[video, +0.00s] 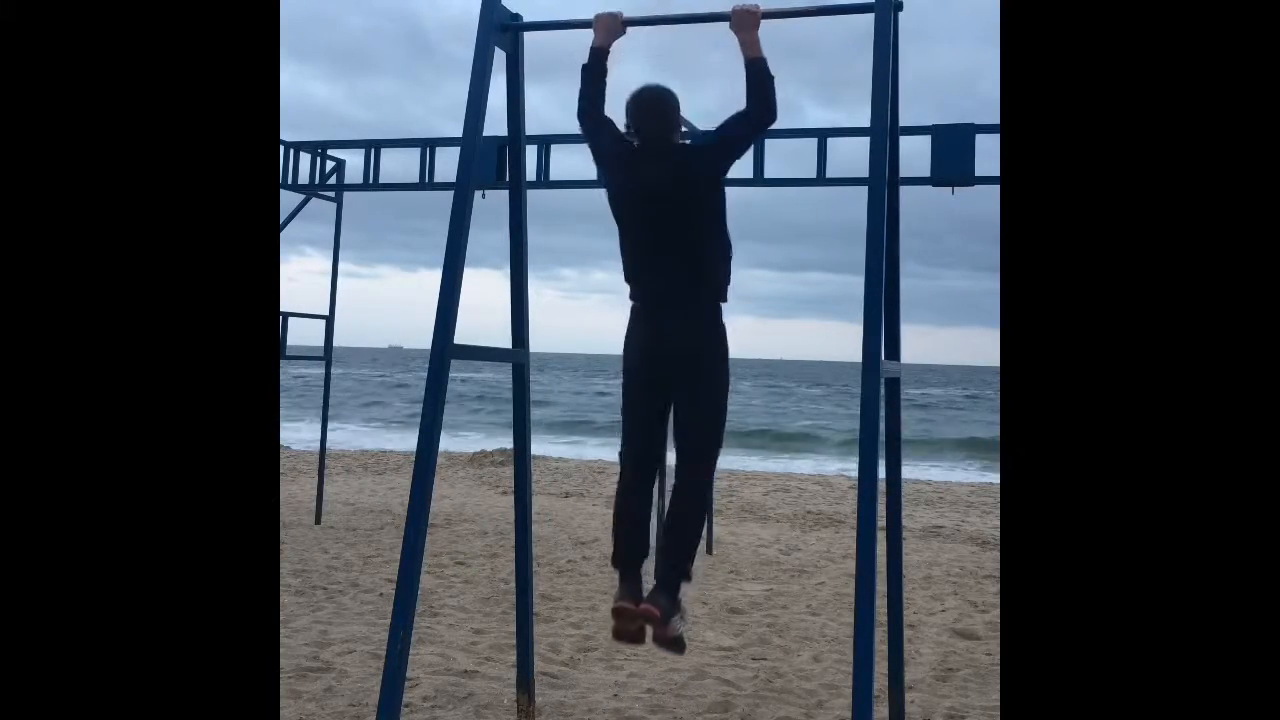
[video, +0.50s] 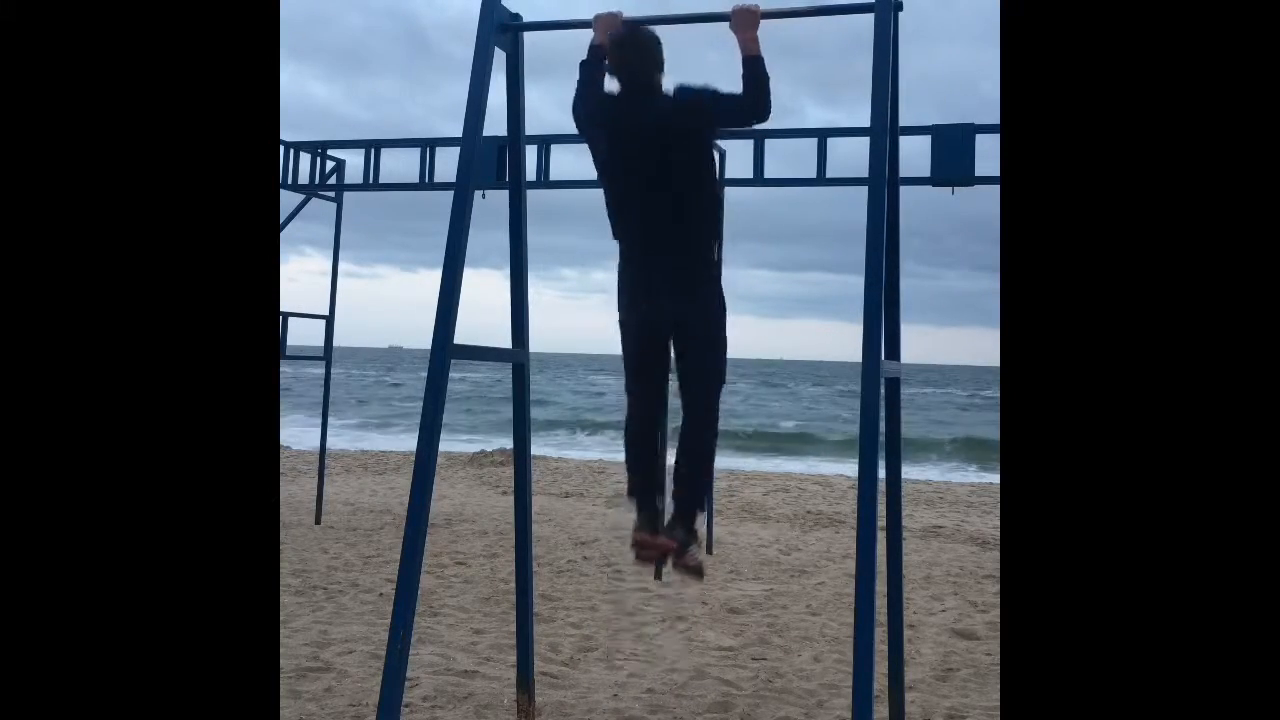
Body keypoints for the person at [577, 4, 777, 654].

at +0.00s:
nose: (682, 122)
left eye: (672, 116)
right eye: (680, 115)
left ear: (630, 127)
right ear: (680, 122)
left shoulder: (618, 164)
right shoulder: (707, 159)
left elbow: (590, 111)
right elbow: (761, 111)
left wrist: (600, 44)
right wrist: (750, 41)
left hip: (645, 330)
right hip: (701, 330)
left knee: (638, 462)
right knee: (694, 471)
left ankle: (630, 590)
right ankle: (665, 597)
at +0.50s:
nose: (646, 71)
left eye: (622, 61)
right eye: (653, 60)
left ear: (614, 69)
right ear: (660, 66)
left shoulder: (600, 118)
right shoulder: (692, 108)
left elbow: (587, 94)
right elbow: (756, 106)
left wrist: (597, 43)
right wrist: (749, 40)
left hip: (638, 284)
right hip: (697, 282)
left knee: (643, 401)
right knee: (701, 406)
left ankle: (648, 521)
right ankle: (682, 527)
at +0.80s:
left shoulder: (601, 29)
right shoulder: (694, 20)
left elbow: (567, 98)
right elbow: (753, 80)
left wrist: (598, 40)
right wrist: (750, 32)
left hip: (637, 196)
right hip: (695, 192)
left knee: (654, 316)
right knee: (710, 312)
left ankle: (671, 435)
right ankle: (712, 437)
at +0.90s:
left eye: (618, 7)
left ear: (619, 6)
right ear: (664, 2)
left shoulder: (604, 44)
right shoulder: (695, 33)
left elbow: (566, 101)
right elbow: (761, 89)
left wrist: (594, 35)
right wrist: (751, 35)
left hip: (639, 213)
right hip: (697, 209)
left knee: (654, 332)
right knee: (709, 326)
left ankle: (671, 456)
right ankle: (708, 455)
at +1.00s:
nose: (654, 23)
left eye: (632, 21)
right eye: (658, 17)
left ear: (620, 31)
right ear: (665, 28)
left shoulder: (603, 82)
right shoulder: (697, 74)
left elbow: (572, 107)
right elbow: (773, 98)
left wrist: (597, 41)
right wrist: (754, 38)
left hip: (640, 247)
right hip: (698, 244)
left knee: (653, 371)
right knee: (707, 370)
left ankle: (666, 497)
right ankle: (700, 497)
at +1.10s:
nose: (660, 78)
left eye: (642, 71)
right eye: (663, 70)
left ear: (624, 82)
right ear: (670, 76)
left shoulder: (610, 125)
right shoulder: (703, 117)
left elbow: (580, 103)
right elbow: (772, 102)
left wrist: (598, 44)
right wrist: (753, 40)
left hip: (642, 292)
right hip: (701, 291)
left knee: (649, 417)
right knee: (702, 417)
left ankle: (656, 543)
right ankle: (689, 543)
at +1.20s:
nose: (665, 111)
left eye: (644, 107)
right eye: (671, 104)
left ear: (629, 116)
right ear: (678, 110)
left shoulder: (615, 155)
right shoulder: (707, 147)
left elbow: (588, 108)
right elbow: (764, 107)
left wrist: (599, 45)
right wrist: (752, 42)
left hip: (645, 322)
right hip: (702, 323)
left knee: (643, 452)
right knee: (699, 458)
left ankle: (641, 576)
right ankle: (677, 585)